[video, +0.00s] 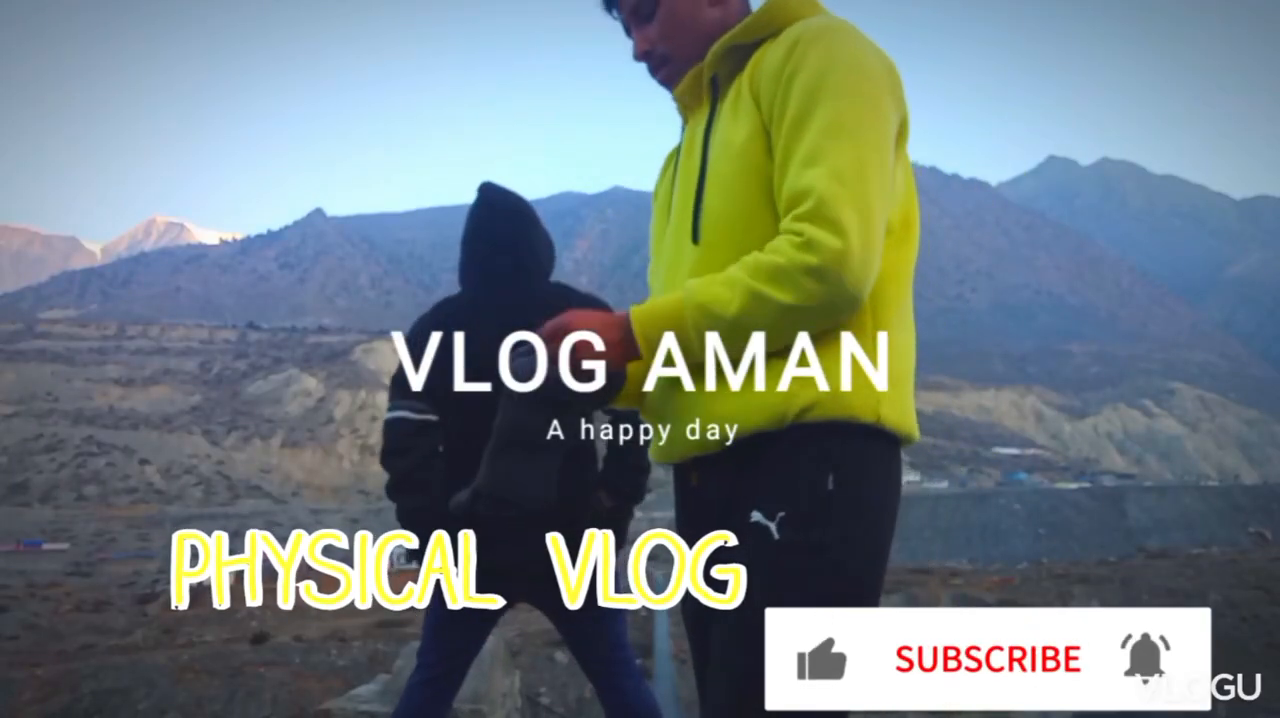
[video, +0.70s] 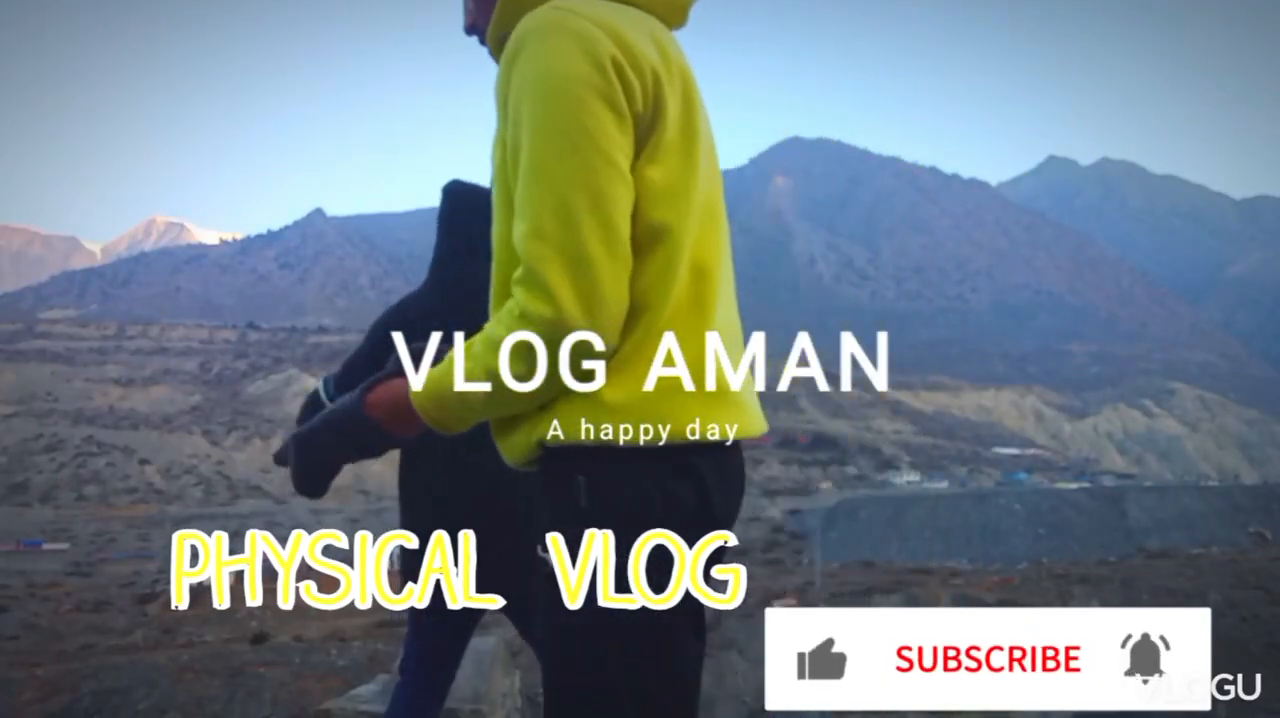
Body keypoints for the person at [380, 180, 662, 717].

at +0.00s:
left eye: (476, 243)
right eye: (537, 238)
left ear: (471, 248)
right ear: (540, 244)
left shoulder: (436, 328)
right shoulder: (590, 319)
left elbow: (406, 445)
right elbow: (630, 432)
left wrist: (430, 536)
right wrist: (608, 513)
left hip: (473, 546)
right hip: (569, 543)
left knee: (431, 684)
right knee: (620, 678)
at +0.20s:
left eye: (475, 238)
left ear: (472, 244)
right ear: (536, 239)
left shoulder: (446, 316)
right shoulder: (593, 304)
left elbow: (392, 430)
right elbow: (632, 420)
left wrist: (378, 536)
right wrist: (615, 513)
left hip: (466, 542)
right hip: (566, 542)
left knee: (418, 683)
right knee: (620, 687)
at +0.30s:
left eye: (462, 241)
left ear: (460, 246)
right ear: (526, 242)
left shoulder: (435, 318)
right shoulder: (577, 308)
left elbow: (373, 426)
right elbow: (625, 405)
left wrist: (332, 526)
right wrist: (631, 496)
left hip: (455, 544)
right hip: (554, 542)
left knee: (412, 689)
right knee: (606, 684)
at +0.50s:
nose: (505, 247)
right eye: (503, 238)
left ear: (438, 241)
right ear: (501, 240)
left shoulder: (404, 311)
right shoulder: (541, 304)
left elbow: (330, 404)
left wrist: (283, 479)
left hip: (429, 532)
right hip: (528, 530)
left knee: (410, 689)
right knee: (588, 682)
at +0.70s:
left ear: (445, 236)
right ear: (502, 241)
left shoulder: (418, 312)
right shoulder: (521, 316)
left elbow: (355, 381)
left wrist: (310, 425)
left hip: (441, 518)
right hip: (521, 519)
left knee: (423, 677)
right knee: (575, 665)